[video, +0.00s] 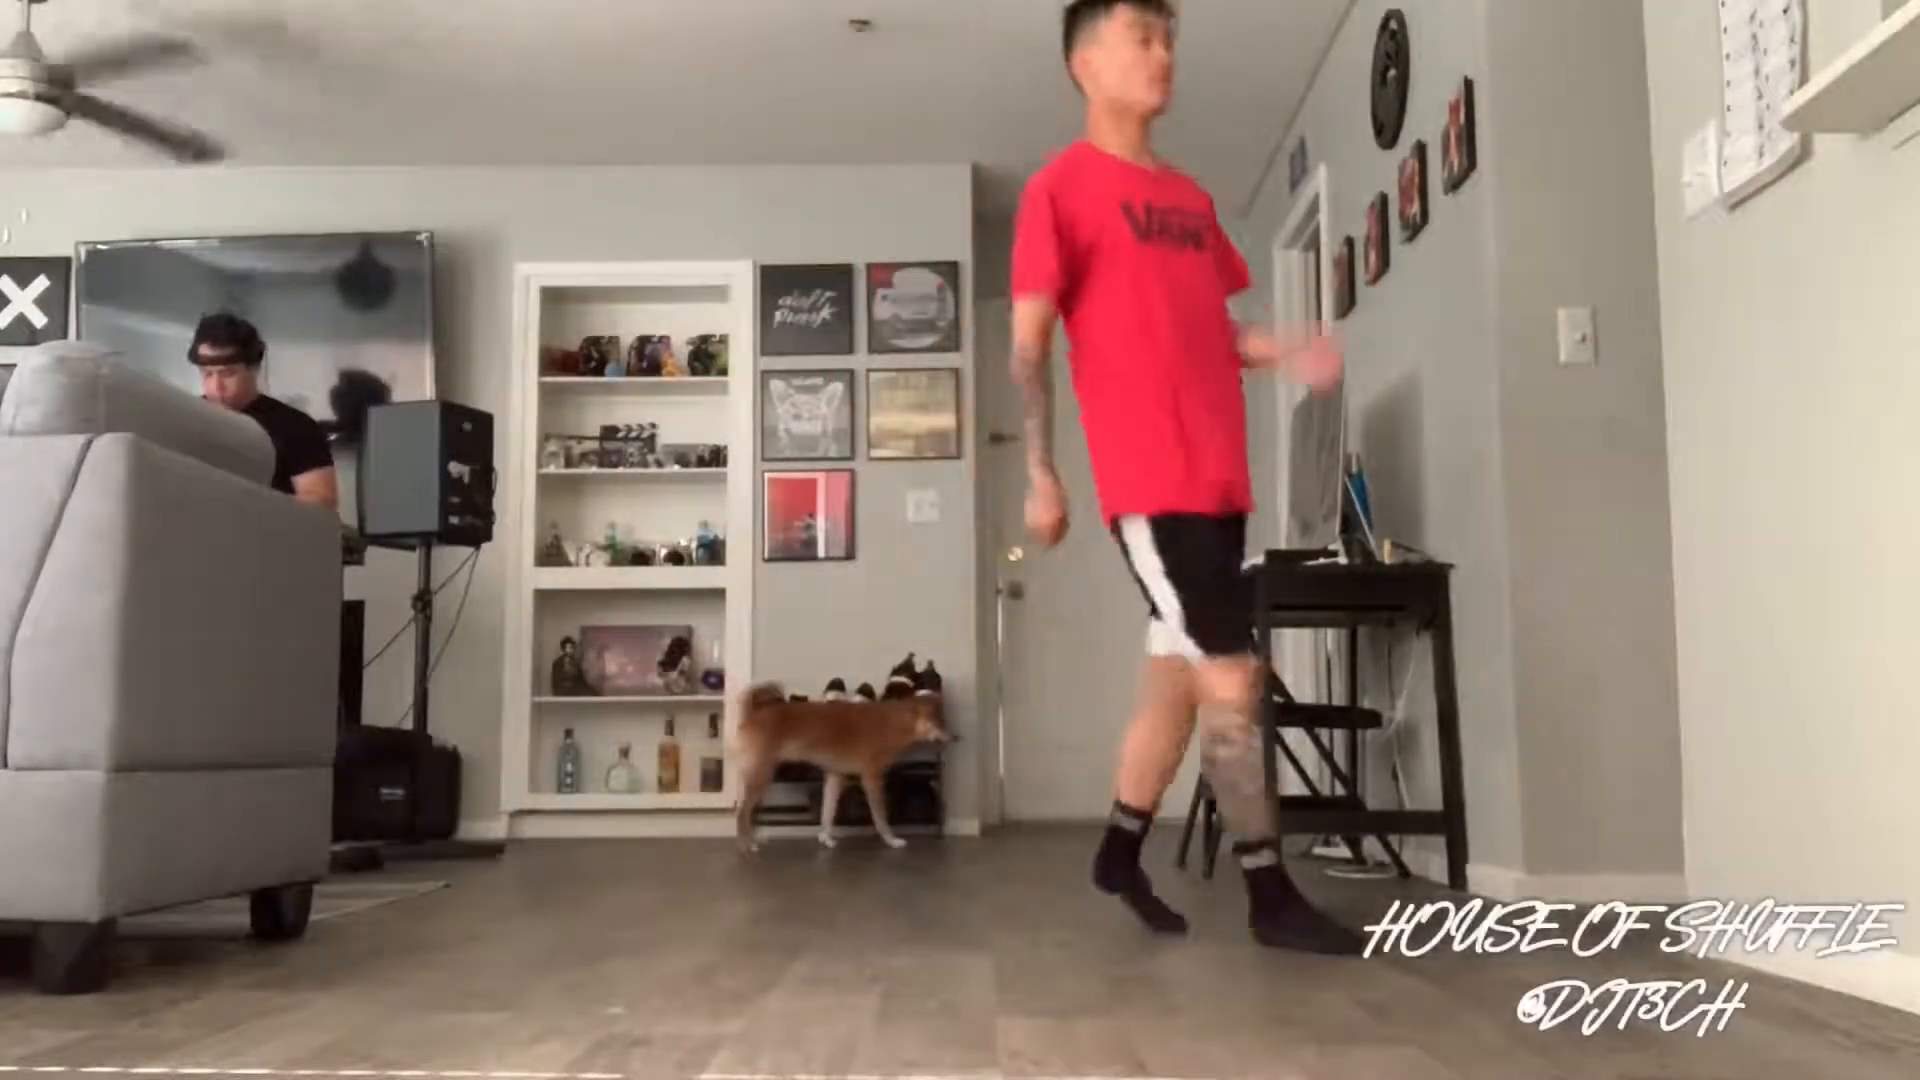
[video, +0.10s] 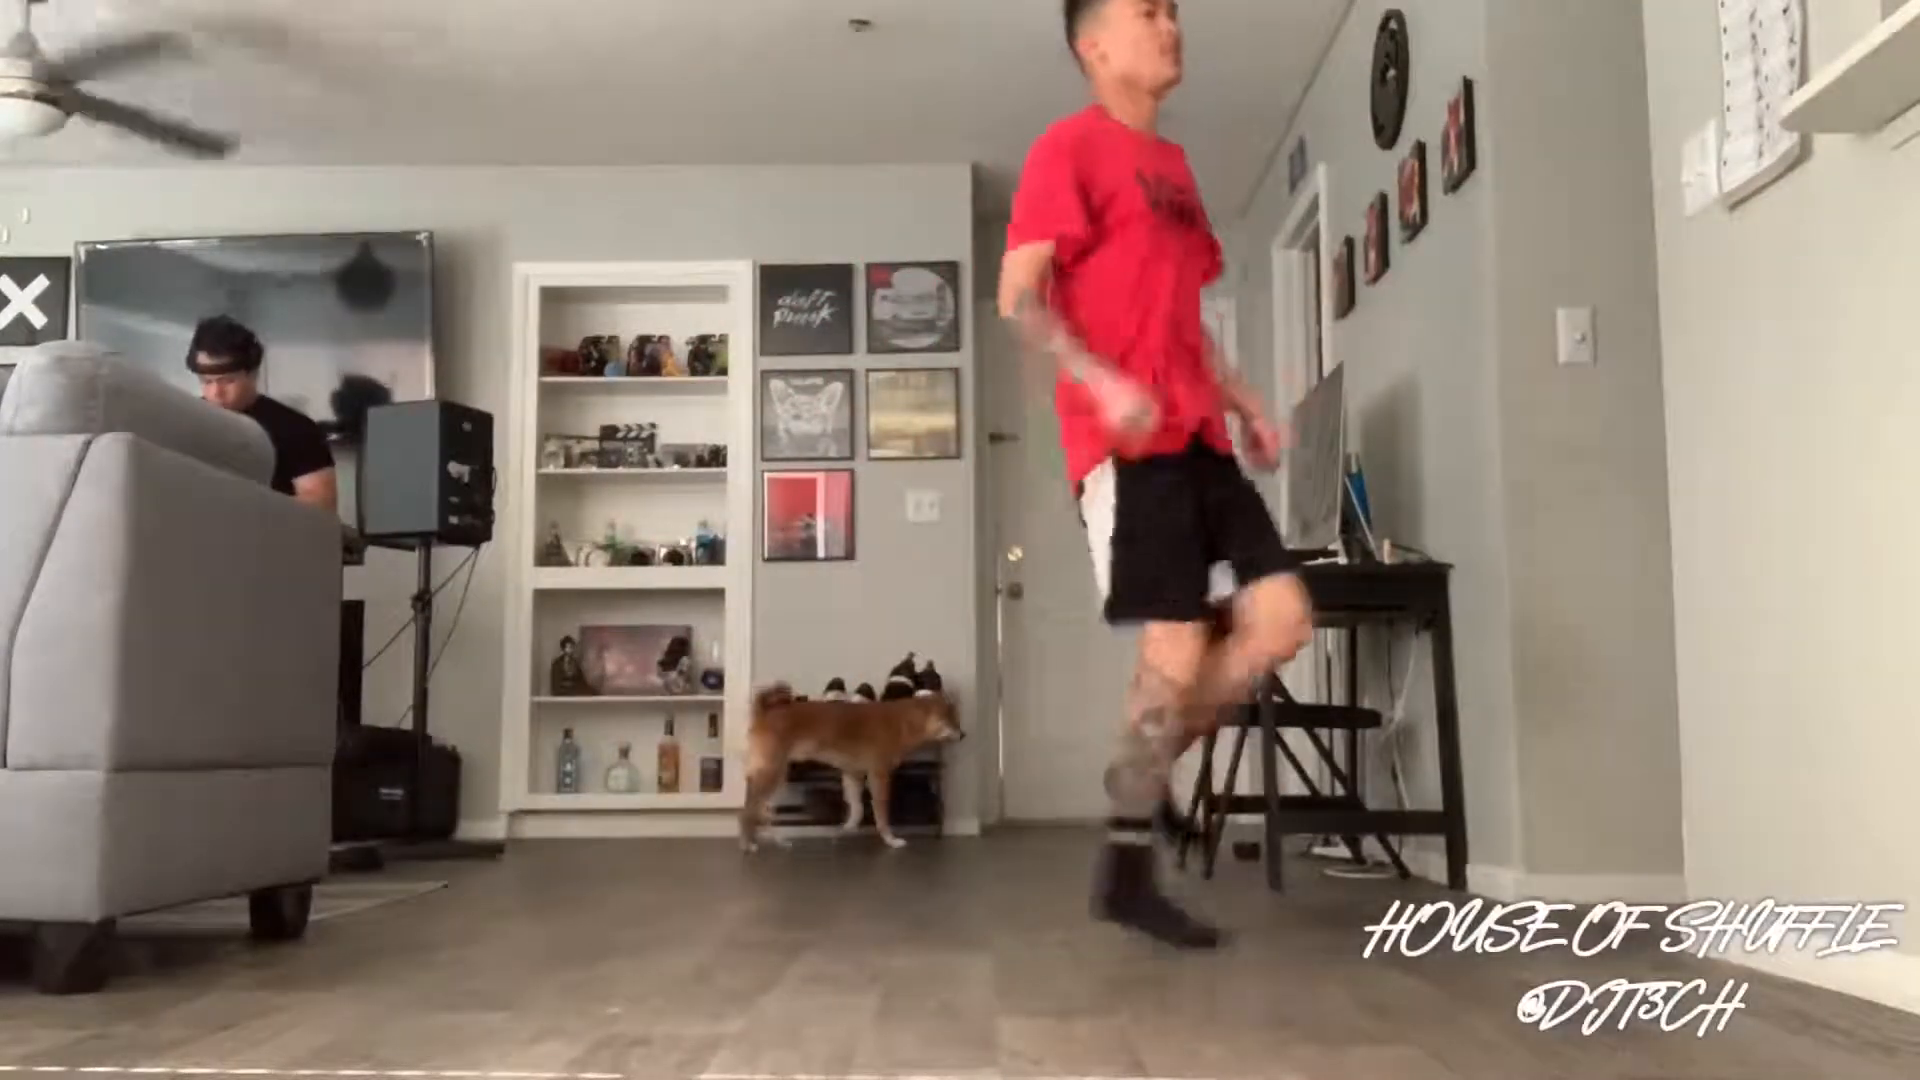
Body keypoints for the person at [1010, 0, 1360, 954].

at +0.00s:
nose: (1164, 57)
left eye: (1167, 42)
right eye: (1142, 40)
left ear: (1167, 63)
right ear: (1085, 65)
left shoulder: (1187, 194)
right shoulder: (1057, 187)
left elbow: (1214, 332)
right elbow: (1028, 342)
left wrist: (1284, 348)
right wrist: (1040, 474)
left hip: (1216, 467)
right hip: (1143, 471)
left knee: (1175, 678)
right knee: (1232, 671)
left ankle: (1118, 856)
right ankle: (1271, 894)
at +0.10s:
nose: (1172, 28)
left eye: (1172, 13)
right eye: (1149, 16)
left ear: (1164, 46)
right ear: (1093, 49)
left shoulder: (1169, 162)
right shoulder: (1068, 150)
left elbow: (1173, 311)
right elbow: (1018, 296)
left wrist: (1235, 397)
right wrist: (1102, 381)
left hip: (1194, 433)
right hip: (1126, 440)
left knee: (1281, 618)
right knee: (1173, 649)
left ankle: (1145, 762)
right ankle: (1127, 877)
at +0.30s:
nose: (1146, 36)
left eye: (1151, 24)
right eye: (1122, 21)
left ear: (1153, 54)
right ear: (1068, 48)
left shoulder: (1163, 176)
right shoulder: (1038, 147)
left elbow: (1154, 317)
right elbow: (984, 286)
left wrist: (1184, 433)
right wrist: (1101, 311)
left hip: (1165, 441)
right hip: (1093, 441)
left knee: (1184, 654)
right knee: (1186, 645)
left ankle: (1013, 771)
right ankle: (1167, 875)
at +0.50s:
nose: (1152, 66)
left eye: (1144, 47)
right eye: (1139, 46)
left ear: (1071, 71)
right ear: (1103, 60)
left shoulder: (1032, 165)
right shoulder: (1114, 146)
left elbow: (1013, 321)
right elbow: (1114, 306)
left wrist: (1132, 387)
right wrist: (1157, 378)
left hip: (1031, 448)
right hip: (1094, 446)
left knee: (1046, 655)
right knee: (1145, 657)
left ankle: (973, 861)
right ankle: (1157, 891)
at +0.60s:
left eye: (1039, 74)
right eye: (1114, 75)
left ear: (1032, 75)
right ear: (1122, 79)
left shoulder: (975, 170)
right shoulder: (1157, 179)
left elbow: (924, 303)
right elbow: (1172, 320)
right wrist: (1127, 371)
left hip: (977, 442)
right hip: (1080, 445)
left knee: (988, 630)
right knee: (1072, 667)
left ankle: (975, 816)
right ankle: (1063, 895)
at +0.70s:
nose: (991, 65)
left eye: (996, 49)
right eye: (997, 49)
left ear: (1018, 54)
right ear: (1082, 68)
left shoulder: (970, 149)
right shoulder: (1128, 178)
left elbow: (918, 289)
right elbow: (1172, 311)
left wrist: (931, 323)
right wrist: (1102, 369)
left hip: (970, 446)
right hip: (1074, 464)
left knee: (875, 606)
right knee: (1061, 664)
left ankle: (965, 742)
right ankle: (1077, 886)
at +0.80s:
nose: (940, 62)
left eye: (952, 42)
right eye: (947, 42)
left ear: (995, 53)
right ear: (1021, 59)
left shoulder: (961, 139)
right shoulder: (1086, 179)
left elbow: (927, 263)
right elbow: (1126, 324)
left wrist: (848, 313)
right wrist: (1031, 364)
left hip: (963, 443)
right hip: (1050, 463)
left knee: (859, 625)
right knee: (1016, 665)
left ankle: (928, 828)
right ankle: (1049, 864)